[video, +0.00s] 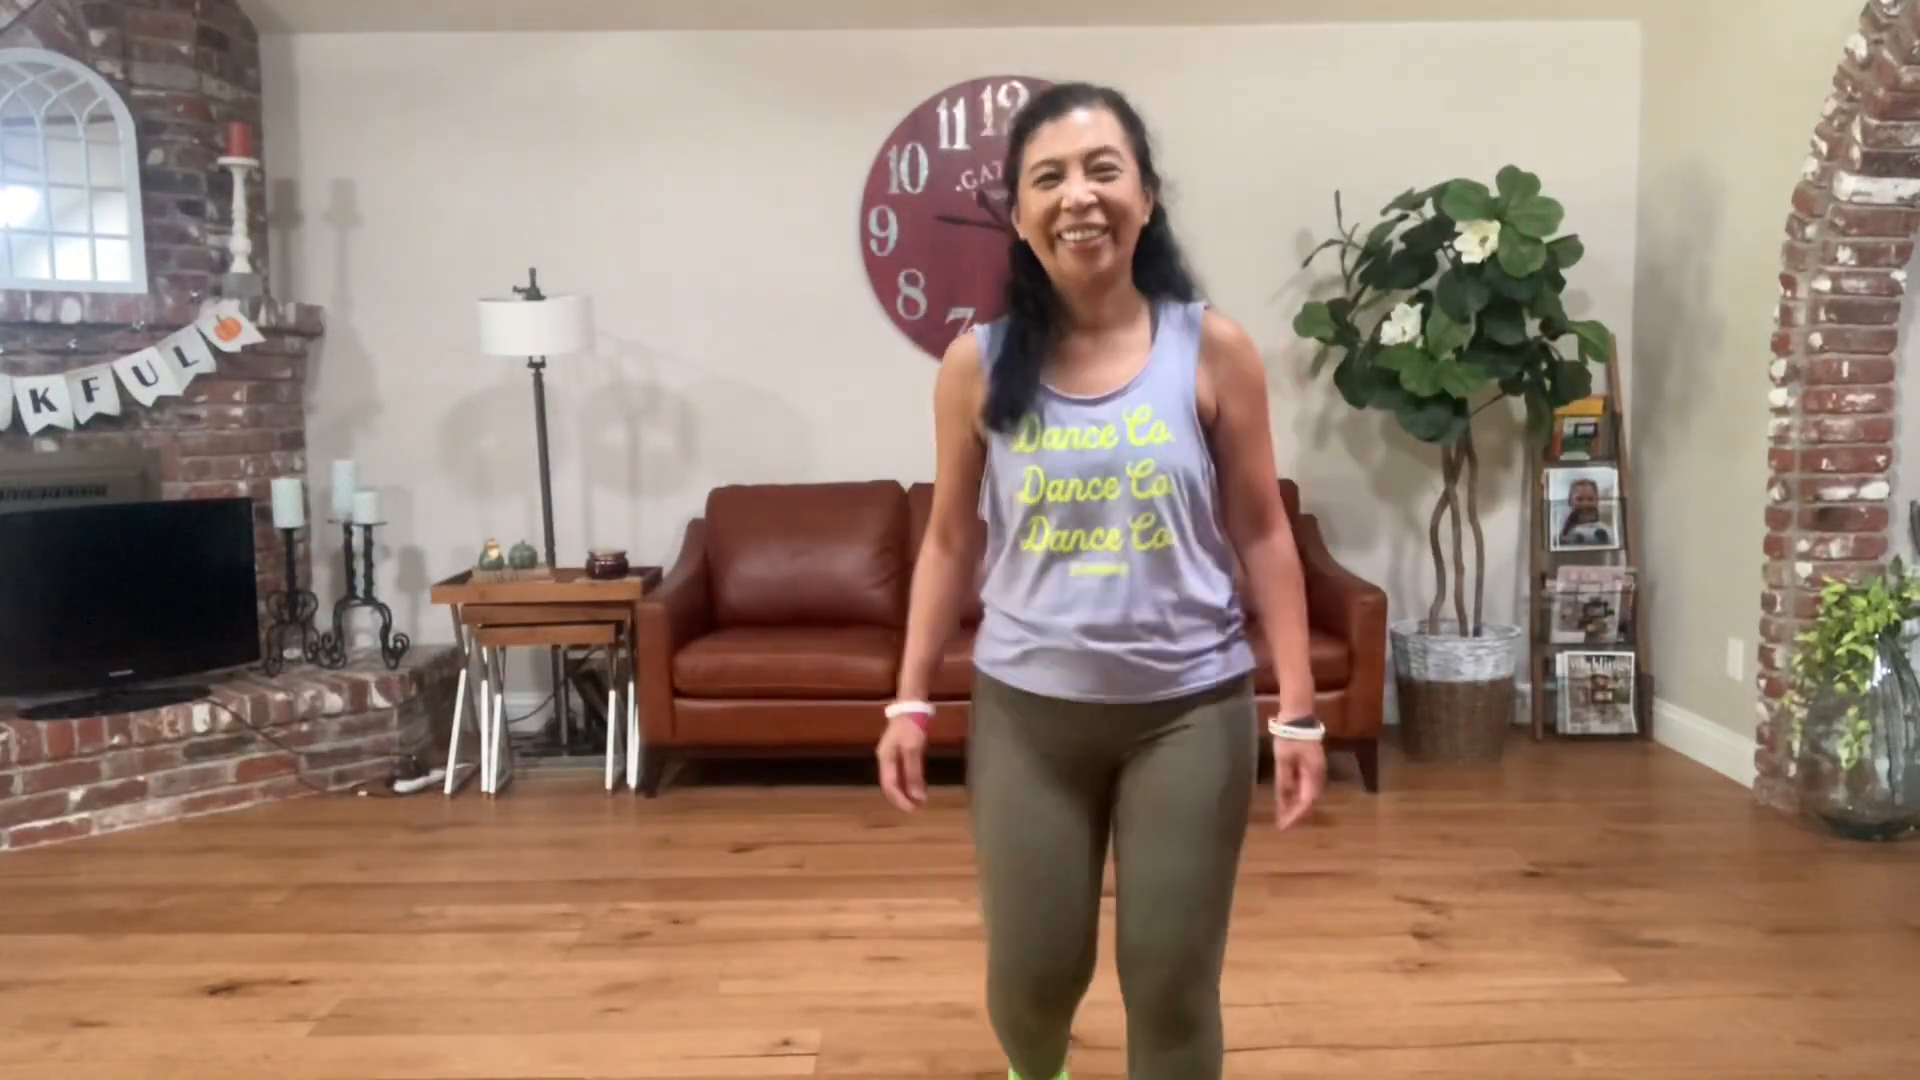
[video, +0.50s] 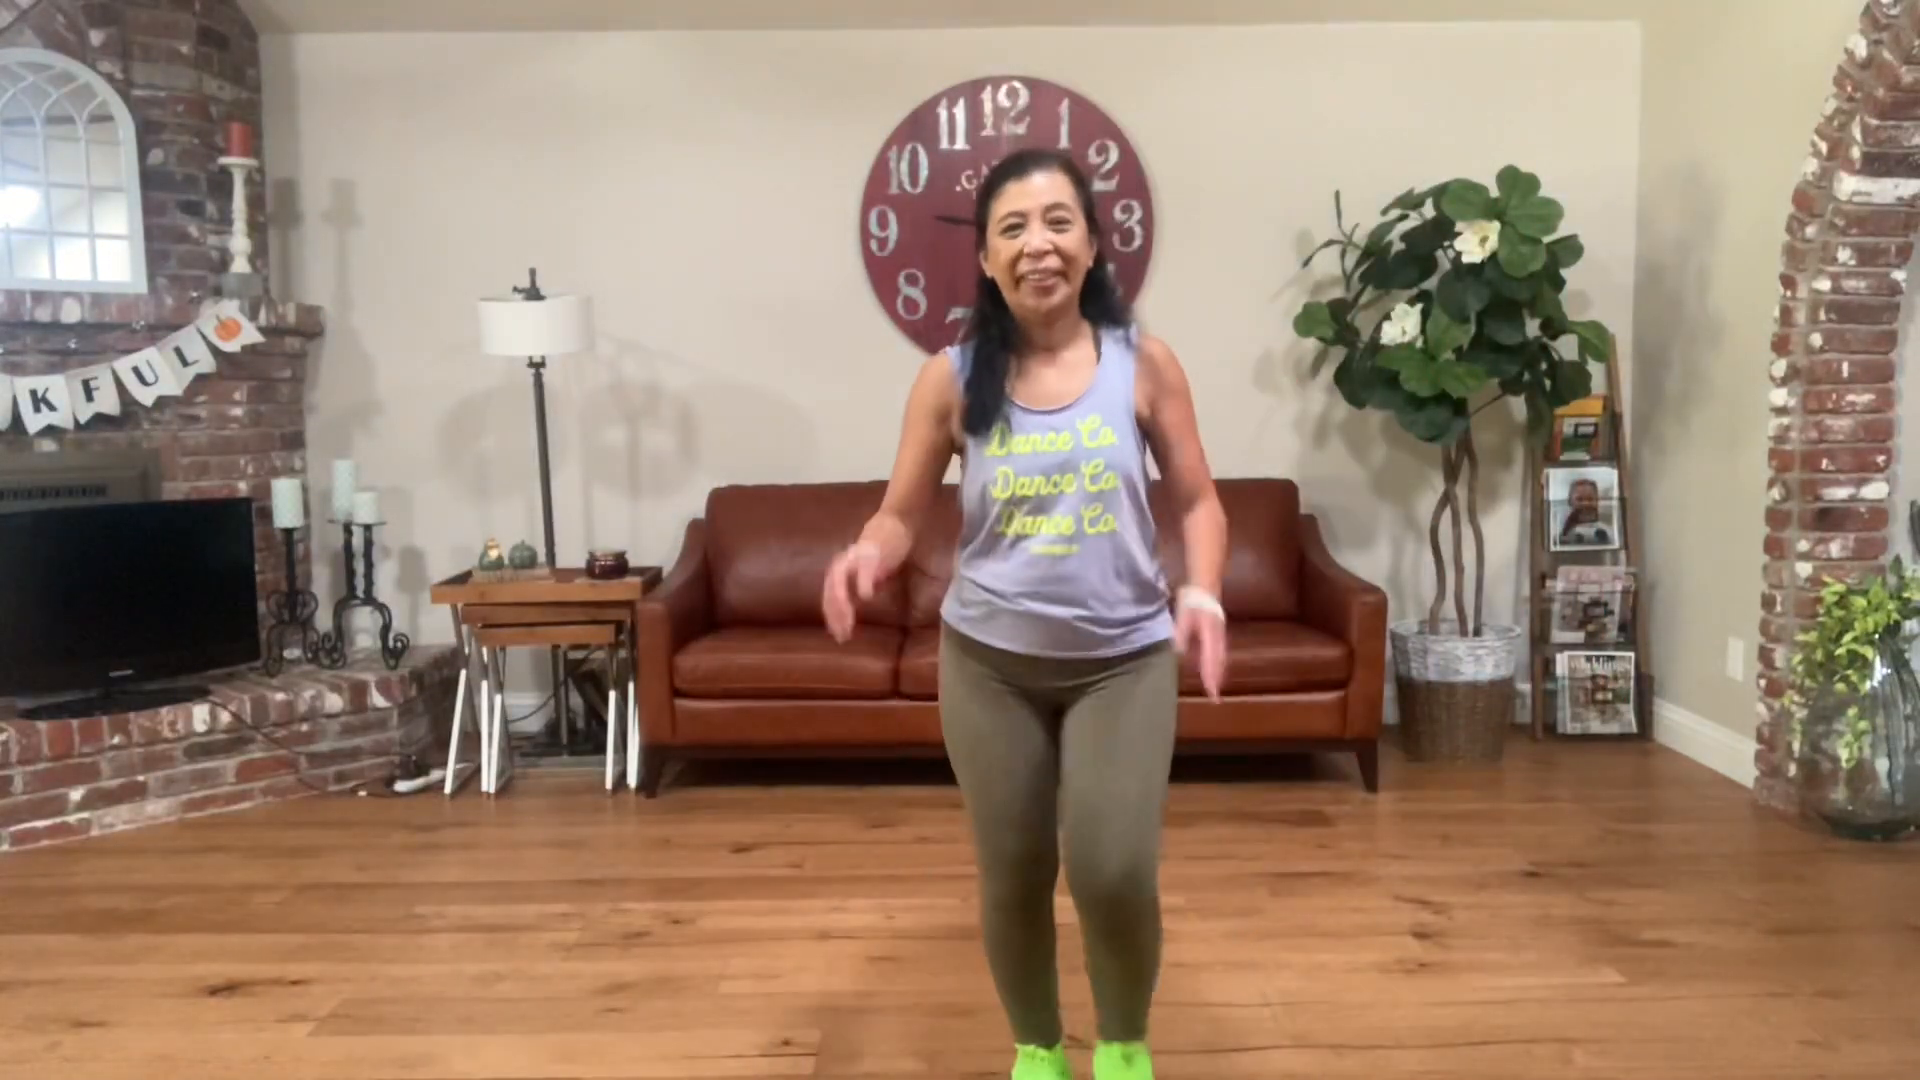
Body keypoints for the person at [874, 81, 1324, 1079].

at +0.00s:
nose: (1078, 195)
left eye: (1104, 169)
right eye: (1049, 176)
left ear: (1147, 196)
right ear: (1017, 213)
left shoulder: (1216, 351)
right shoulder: (978, 367)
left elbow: (1261, 531)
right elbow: (950, 540)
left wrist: (1297, 702)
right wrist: (910, 695)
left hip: (1192, 711)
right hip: (1025, 714)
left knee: (1171, 994)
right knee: (1033, 983)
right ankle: (1036, 1074)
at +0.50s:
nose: (1039, 244)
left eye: (1059, 222)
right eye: (1014, 228)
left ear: (1092, 244)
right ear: (986, 259)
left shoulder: (1144, 366)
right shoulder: (951, 378)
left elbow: (1198, 503)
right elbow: (899, 515)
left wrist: (1201, 591)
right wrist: (871, 548)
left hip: (1125, 661)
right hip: (988, 662)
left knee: (1113, 870)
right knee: (1013, 871)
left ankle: (1123, 1048)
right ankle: (1036, 1053)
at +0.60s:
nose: (1038, 249)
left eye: (1057, 227)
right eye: (1013, 233)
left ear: (1090, 243)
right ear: (987, 259)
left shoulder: (1141, 359)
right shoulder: (953, 374)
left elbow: (1192, 494)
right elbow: (925, 531)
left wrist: (1164, 522)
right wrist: (898, 519)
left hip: (1121, 654)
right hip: (989, 654)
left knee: (1099, 870)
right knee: (1015, 868)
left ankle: (1112, 1006)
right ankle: (1036, 1051)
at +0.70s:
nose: (1037, 257)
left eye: (1057, 233)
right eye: (1014, 239)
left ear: (1093, 246)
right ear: (992, 259)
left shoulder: (1143, 358)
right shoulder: (961, 371)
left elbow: (1173, 498)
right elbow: (940, 533)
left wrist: (1111, 493)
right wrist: (936, 502)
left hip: (1119, 651)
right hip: (990, 649)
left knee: (1098, 855)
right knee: (1017, 857)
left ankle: (1103, 988)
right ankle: (1037, 1044)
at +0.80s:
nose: (1042, 256)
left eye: (1061, 234)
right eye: (1020, 241)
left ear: (1096, 250)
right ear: (998, 264)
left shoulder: (1146, 364)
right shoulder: (970, 371)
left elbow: (1159, 506)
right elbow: (949, 512)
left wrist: (1061, 507)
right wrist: (982, 523)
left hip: (1118, 641)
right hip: (994, 640)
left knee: (1103, 834)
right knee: (1018, 833)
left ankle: (1100, 989)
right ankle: (1033, 1037)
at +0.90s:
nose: (1040, 262)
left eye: (1059, 241)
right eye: (1018, 247)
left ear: (1093, 260)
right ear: (996, 272)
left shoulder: (1140, 374)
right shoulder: (969, 381)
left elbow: (1158, 519)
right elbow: (953, 511)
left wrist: (1059, 556)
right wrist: (976, 560)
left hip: (1117, 637)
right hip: (995, 635)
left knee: (1103, 825)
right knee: (1005, 819)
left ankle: (1100, 991)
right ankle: (1014, 1014)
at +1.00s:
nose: (1029, 262)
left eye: (1047, 241)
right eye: (1007, 246)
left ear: (1082, 261)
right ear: (985, 271)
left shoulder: (1130, 373)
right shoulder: (962, 379)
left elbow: (1171, 504)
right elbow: (943, 497)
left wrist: (1091, 574)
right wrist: (951, 557)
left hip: (1112, 626)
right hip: (990, 626)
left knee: (1097, 814)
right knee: (978, 804)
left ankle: (1099, 989)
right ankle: (989, 978)